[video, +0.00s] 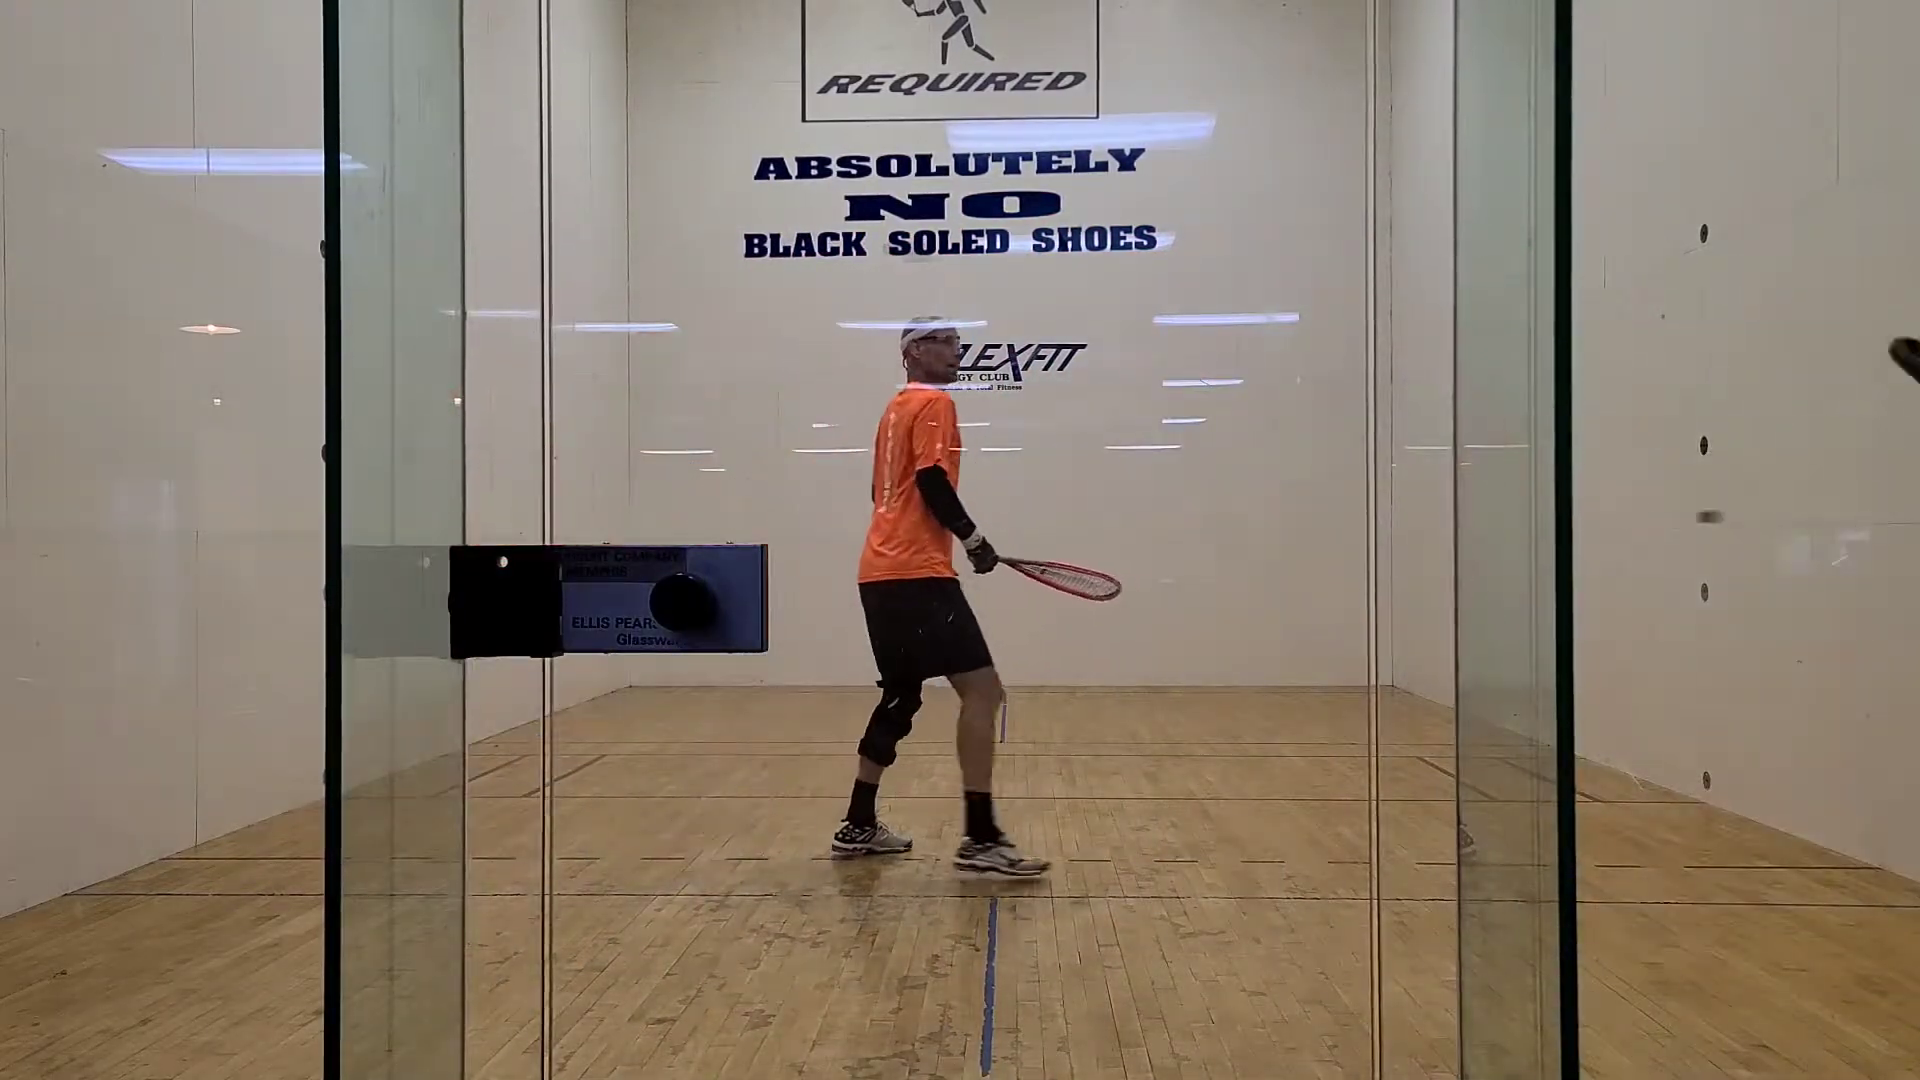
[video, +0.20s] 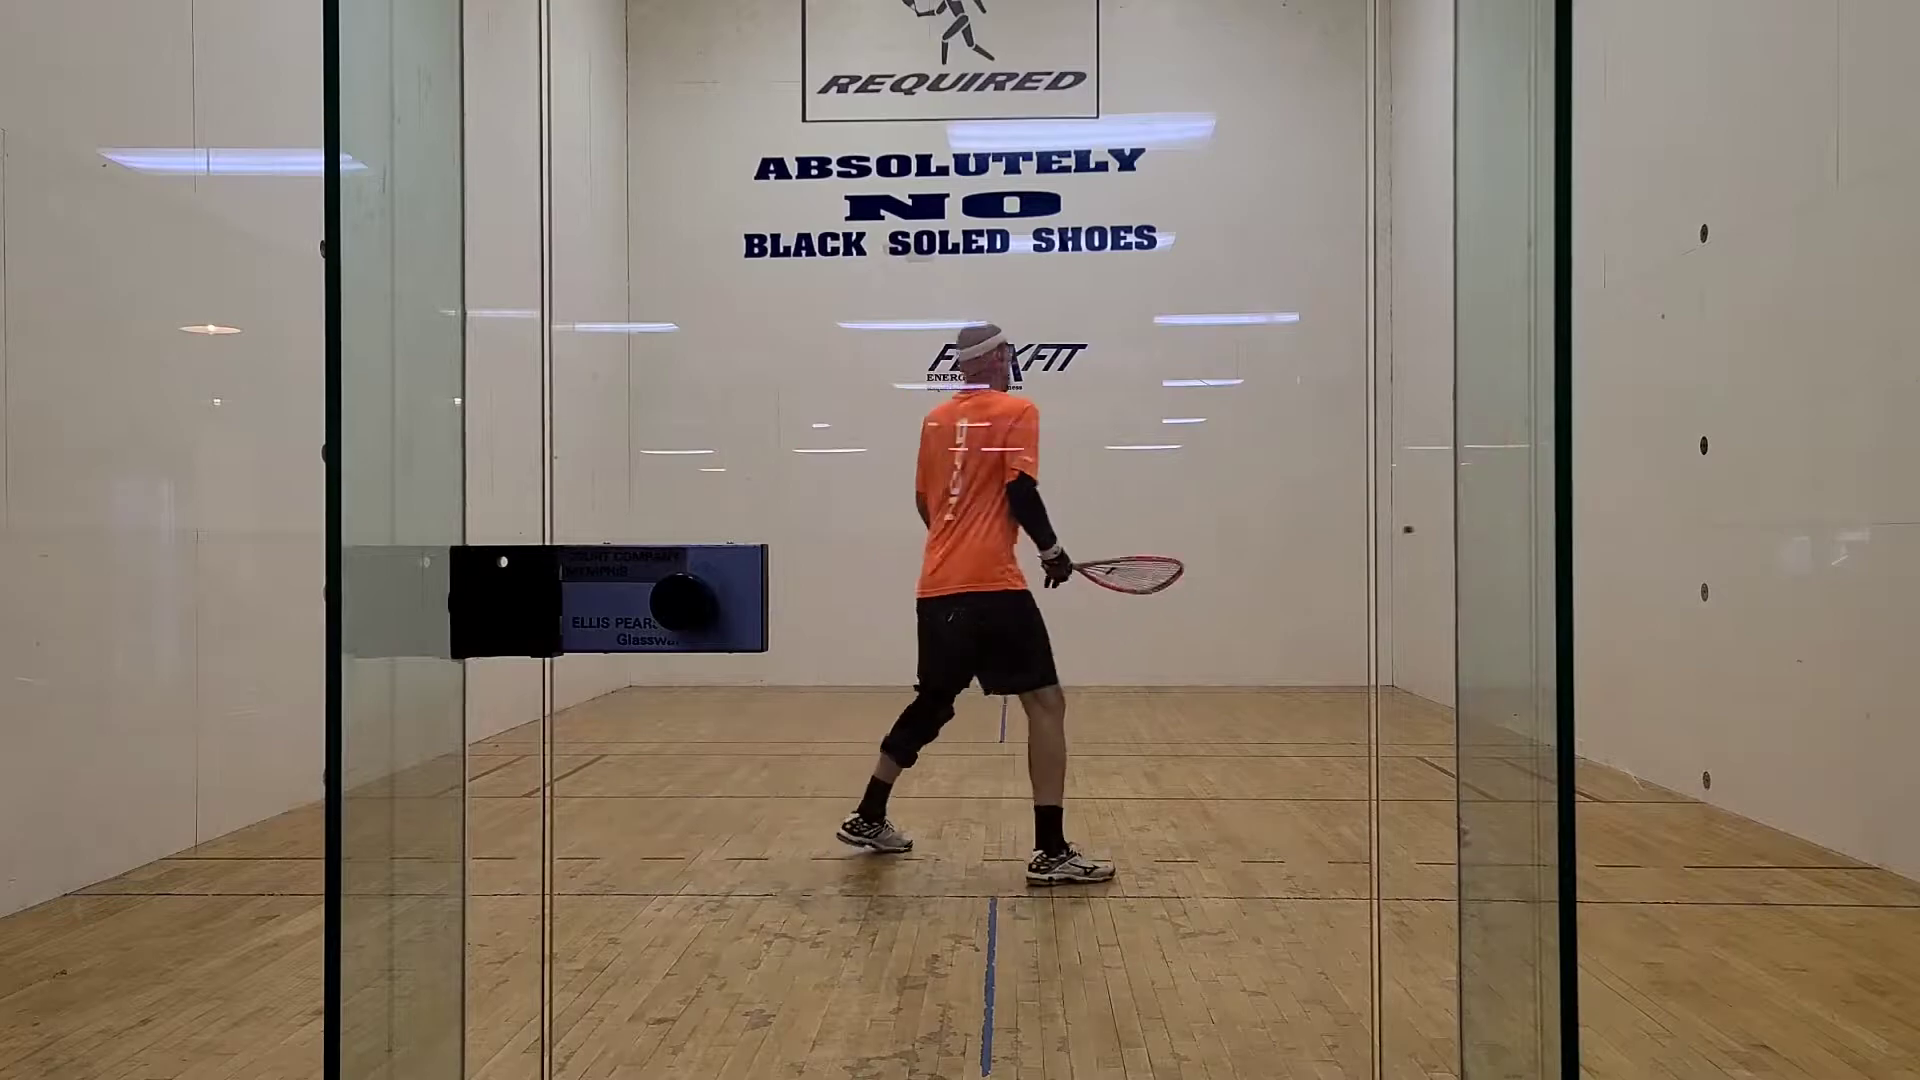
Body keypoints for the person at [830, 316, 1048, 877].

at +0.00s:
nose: (957, 353)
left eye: (957, 344)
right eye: (945, 344)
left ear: (916, 357)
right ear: (914, 353)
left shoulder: (896, 408)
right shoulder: (934, 403)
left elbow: (884, 492)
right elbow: (932, 478)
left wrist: (937, 542)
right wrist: (974, 536)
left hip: (880, 574)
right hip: (918, 572)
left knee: (899, 696)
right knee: (982, 690)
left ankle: (857, 824)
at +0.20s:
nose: (1012, 363)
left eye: (1007, 354)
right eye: (1006, 355)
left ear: (961, 367)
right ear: (994, 361)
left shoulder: (936, 419)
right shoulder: (1016, 411)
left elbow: (925, 500)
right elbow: (1019, 486)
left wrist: (963, 546)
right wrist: (1051, 548)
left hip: (937, 591)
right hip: (994, 587)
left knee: (932, 702)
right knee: (1046, 704)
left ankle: (867, 815)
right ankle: (1051, 849)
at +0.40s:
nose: (1071, 372)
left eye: (1068, 364)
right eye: (1069, 364)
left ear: (1021, 370)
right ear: (1061, 367)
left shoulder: (985, 416)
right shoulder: (1074, 417)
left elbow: (964, 497)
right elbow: (1077, 493)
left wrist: (990, 551)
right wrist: (1099, 560)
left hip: (973, 584)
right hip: (1035, 581)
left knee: (991, 704)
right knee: (1106, 694)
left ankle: (944, 834)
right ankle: (1076, 837)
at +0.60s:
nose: (1144, 410)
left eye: (1141, 401)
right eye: (1144, 401)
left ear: (1095, 402)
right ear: (1138, 402)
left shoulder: (1059, 446)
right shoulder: (1134, 454)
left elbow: (1057, 532)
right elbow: (1116, 525)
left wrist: (1112, 583)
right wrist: (1159, 603)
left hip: (1023, 607)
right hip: (1085, 609)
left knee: (1019, 726)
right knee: (1173, 718)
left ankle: (946, 840)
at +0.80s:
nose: (1251, 414)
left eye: (1250, 405)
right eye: (1247, 406)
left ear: (1203, 406)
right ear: (1232, 411)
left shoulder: (1184, 448)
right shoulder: (1201, 448)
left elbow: (1175, 525)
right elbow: (1173, 492)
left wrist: (1209, 577)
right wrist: (1259, 492)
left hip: (1088, 610)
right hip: (1140, 616)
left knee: (1098, 729)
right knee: (1233, 720)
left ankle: (993, 816)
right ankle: (1246, 874)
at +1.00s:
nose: (1286, 400)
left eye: (1286, 388)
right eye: (1281, 389)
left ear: (1241, 388)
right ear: (1260, 390)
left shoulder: (1202, 426)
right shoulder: (1241, 439)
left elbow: (1125, 452)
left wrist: (1123, 525)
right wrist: (1355, 437)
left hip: (1130, 592)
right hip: (1184, 602)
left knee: (1149, 715)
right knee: (1262, 720)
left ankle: (1071, 828)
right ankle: (1247, 874)